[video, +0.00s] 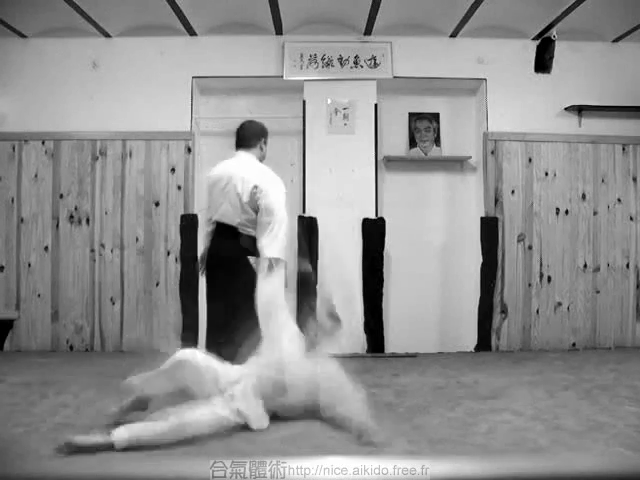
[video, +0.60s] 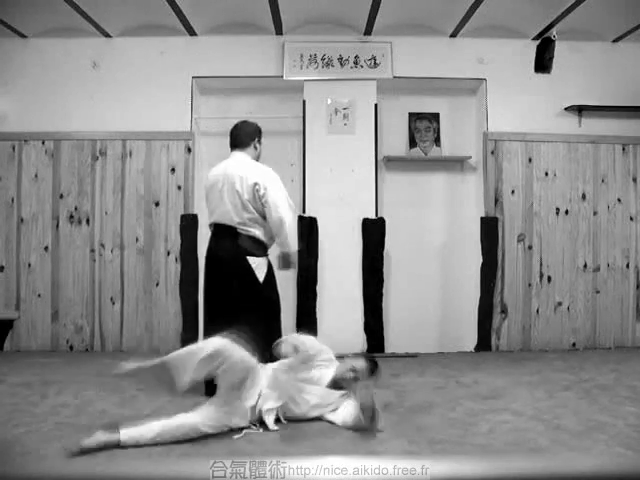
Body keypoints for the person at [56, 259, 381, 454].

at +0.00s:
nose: (322, 324)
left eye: (331, 322)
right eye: (320, 316)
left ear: (335, 334)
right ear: (310, 316)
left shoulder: (327, 377)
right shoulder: (286, 334)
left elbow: (350, 408)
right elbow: (269, 297)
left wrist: (367, 430)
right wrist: (274, 265)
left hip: (240, 408)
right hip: (229, 376)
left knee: (183, 423)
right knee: (183, 361)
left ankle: (112, 439)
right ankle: (134, 399)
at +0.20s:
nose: (351, 372)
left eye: (356, 375)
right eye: (355, 370)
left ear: (352, 386)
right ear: (349, 369)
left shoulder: (336, 402)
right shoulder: (323, 364)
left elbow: (357, 414)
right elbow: (305, 331)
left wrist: (365, 392)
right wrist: (328, 332)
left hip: (245, 401)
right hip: (242, 371)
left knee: (183, 400)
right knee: (246, 322)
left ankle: (112, 391)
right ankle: (189, 341)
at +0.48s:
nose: (356, 379)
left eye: (362, 382)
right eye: (359, 371)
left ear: (358, 389)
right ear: (353, 361)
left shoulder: (335, 403)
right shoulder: (324, 358)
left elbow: (360, 416)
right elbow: (299, 341)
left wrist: (369, 388)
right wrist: (326, 345)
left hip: (247, 410)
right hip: (251, 373)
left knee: (186, 426)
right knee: (243, 337)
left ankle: (109, 435)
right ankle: (189, 355)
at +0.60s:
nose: (349, 375)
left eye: (356, 378)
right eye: (352, 367)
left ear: (357, 386)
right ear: (346, 359)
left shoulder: (335, 401)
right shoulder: (321, 352)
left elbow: (366, 425)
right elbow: (280, 346)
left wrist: (368, 396)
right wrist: (292, 350)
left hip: (244, 412)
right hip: (246, 375)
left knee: (180, 428)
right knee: (224, 346)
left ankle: (109, 439)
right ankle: (147, 366)